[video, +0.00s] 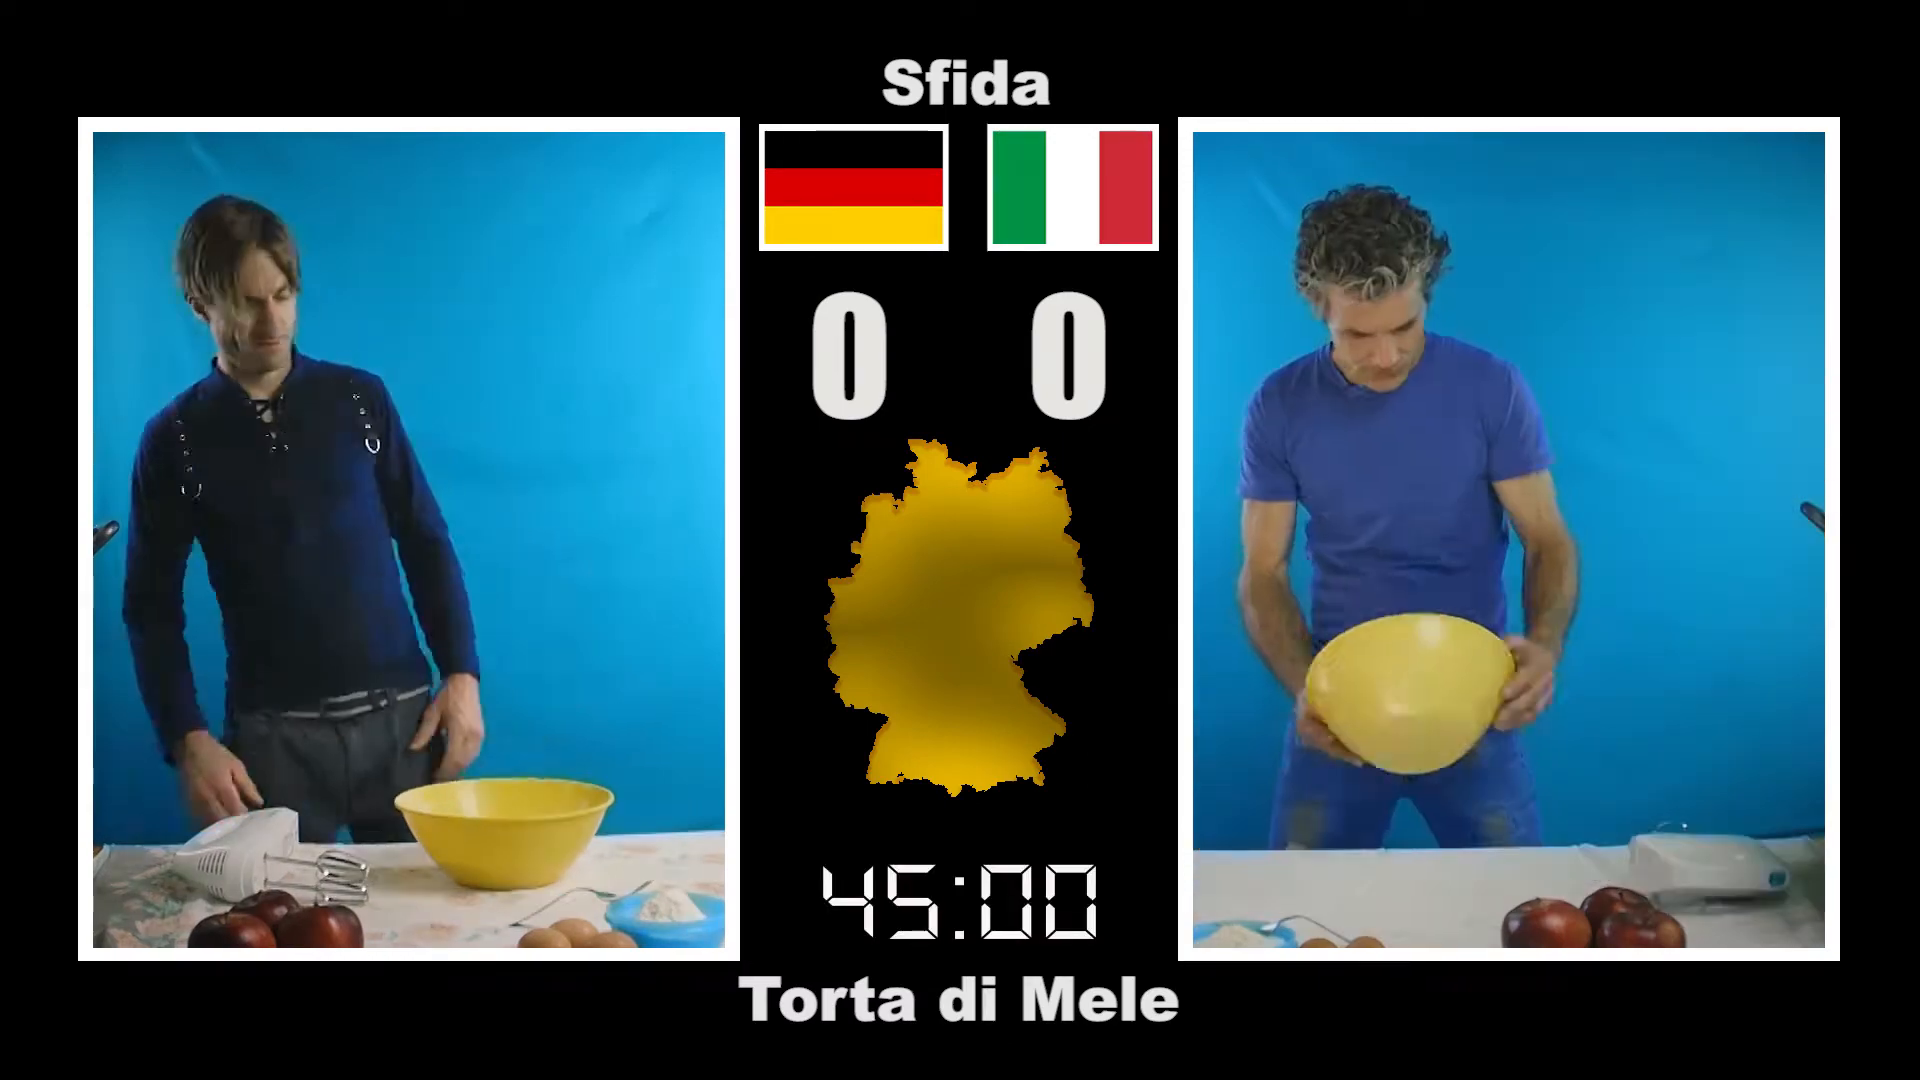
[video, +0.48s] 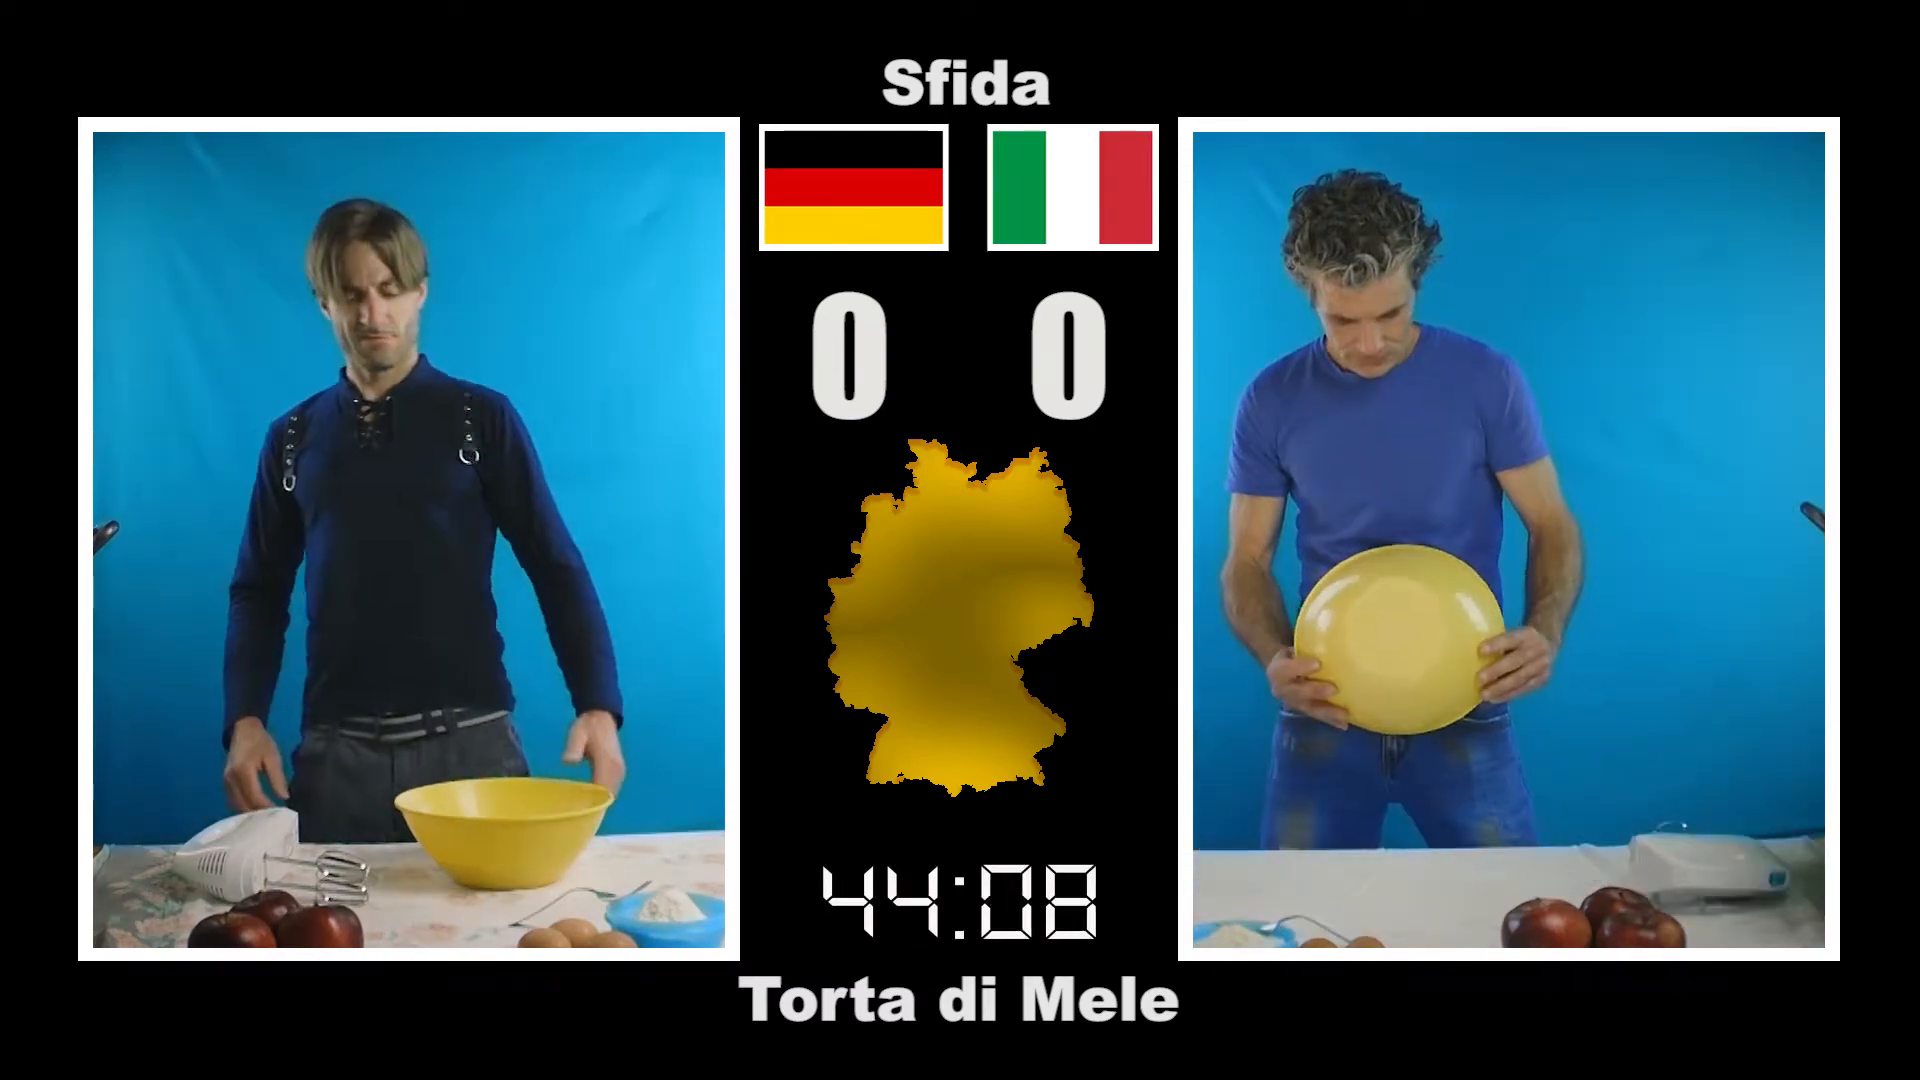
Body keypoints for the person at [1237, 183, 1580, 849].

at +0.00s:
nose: (1385, 354)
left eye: (1403, 328)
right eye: (1359, 335)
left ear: (1425, 297)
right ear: (1321, 308)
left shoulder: (1489, 390)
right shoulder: (1283, 406)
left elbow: (1548, 541)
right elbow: (1263, 575)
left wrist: (1544, 643)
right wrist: (1307, 688)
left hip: (1472, 693)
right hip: (1339, 695)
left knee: (1516, 906)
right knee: (1304, 908)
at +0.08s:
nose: (1382, 353)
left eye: (1401, 327)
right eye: (1356, 334)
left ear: (1422, 295)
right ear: (1318, 307)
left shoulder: (1489, 389)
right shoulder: (1282, 404)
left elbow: (1554, 538)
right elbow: (1260, 574)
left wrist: (1544, 636)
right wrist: (1301, 681)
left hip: (1468, 700)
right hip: (1334, 704)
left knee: (1518, 912)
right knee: (1304, 916)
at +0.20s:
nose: (1375, 351)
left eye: (1395, 325)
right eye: (1350, 331)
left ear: (1419, 293)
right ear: (1315, 304)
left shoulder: (1487, 386)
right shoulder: (1280, 403)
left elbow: (1557, 531)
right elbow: (1254, 567)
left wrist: (1542, 629)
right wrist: (1288, 672)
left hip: (1466, 708)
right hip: (1329, 713)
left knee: (1517, 920)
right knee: (1303, 925)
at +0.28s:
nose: (1373, 349)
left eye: (1393, 323)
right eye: (1348, 329)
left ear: (1417, 291)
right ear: (1314, 302)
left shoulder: (1486, 384)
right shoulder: (1278, 402)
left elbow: (1557, 529)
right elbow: (1251, 565)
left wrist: (1543, 629)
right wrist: (1281, 669)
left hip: (1466, 711)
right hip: (1326, 716)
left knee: (1516, 924)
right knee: (1303, 930)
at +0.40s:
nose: (1370, 344)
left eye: (1391, 318)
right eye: (1346, 323)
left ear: (1415, 286)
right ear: (1312, 297)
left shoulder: (1485, 383)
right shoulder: (1276, 401)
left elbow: (1555, 528)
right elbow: (1248, 565)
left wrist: (1544, 631)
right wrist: (1277, 662)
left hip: (1464, 710)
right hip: (1326, 714)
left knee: (1517, 923)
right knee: (1303, 931)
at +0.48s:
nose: (1370, 341)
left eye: (1390, 315)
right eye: (1345, 320)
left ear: (1414, 285)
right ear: (1312, 294)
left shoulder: (1484, 382)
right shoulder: (1275, 400)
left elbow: (1552, 526)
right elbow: (1248, 563)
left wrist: (1545, 631)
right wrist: (1276, 657)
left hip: (1464, 711)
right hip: (1326, 716)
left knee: (1514, 927)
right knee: (1303, 934)